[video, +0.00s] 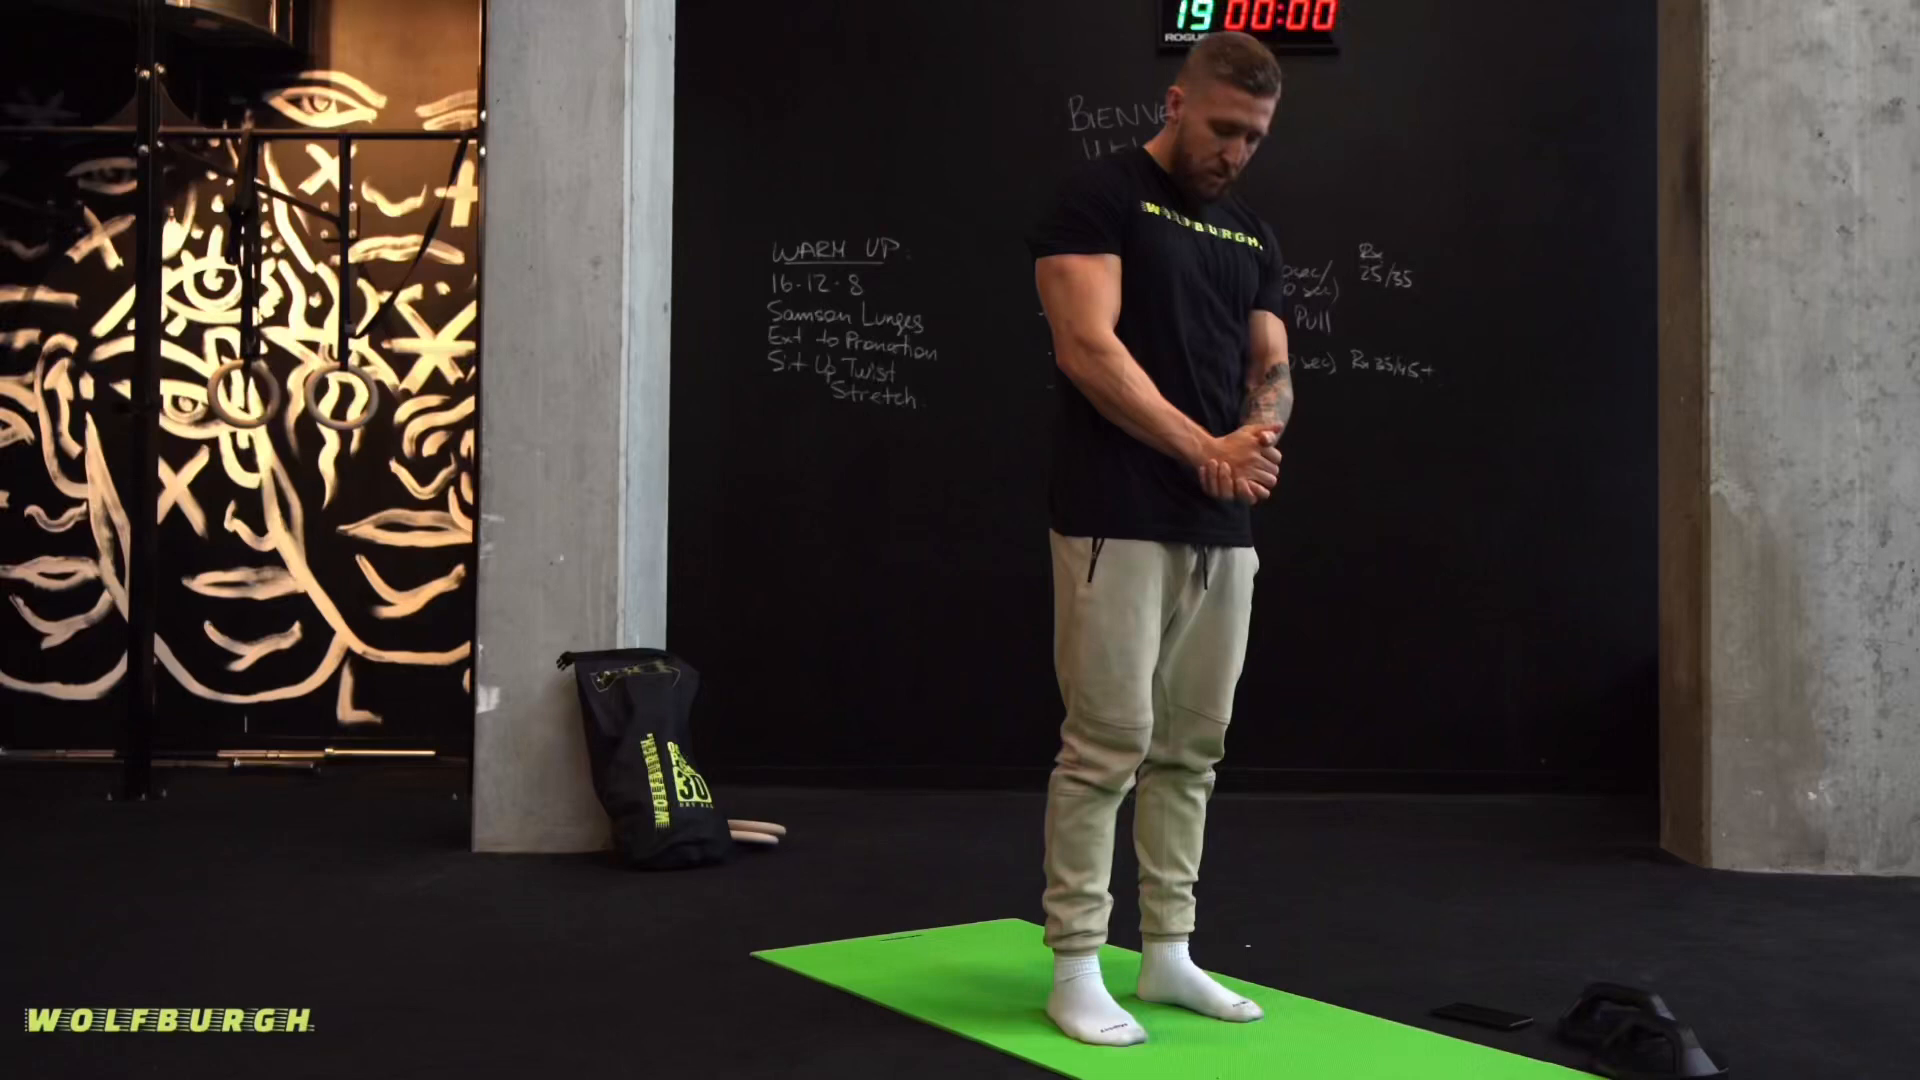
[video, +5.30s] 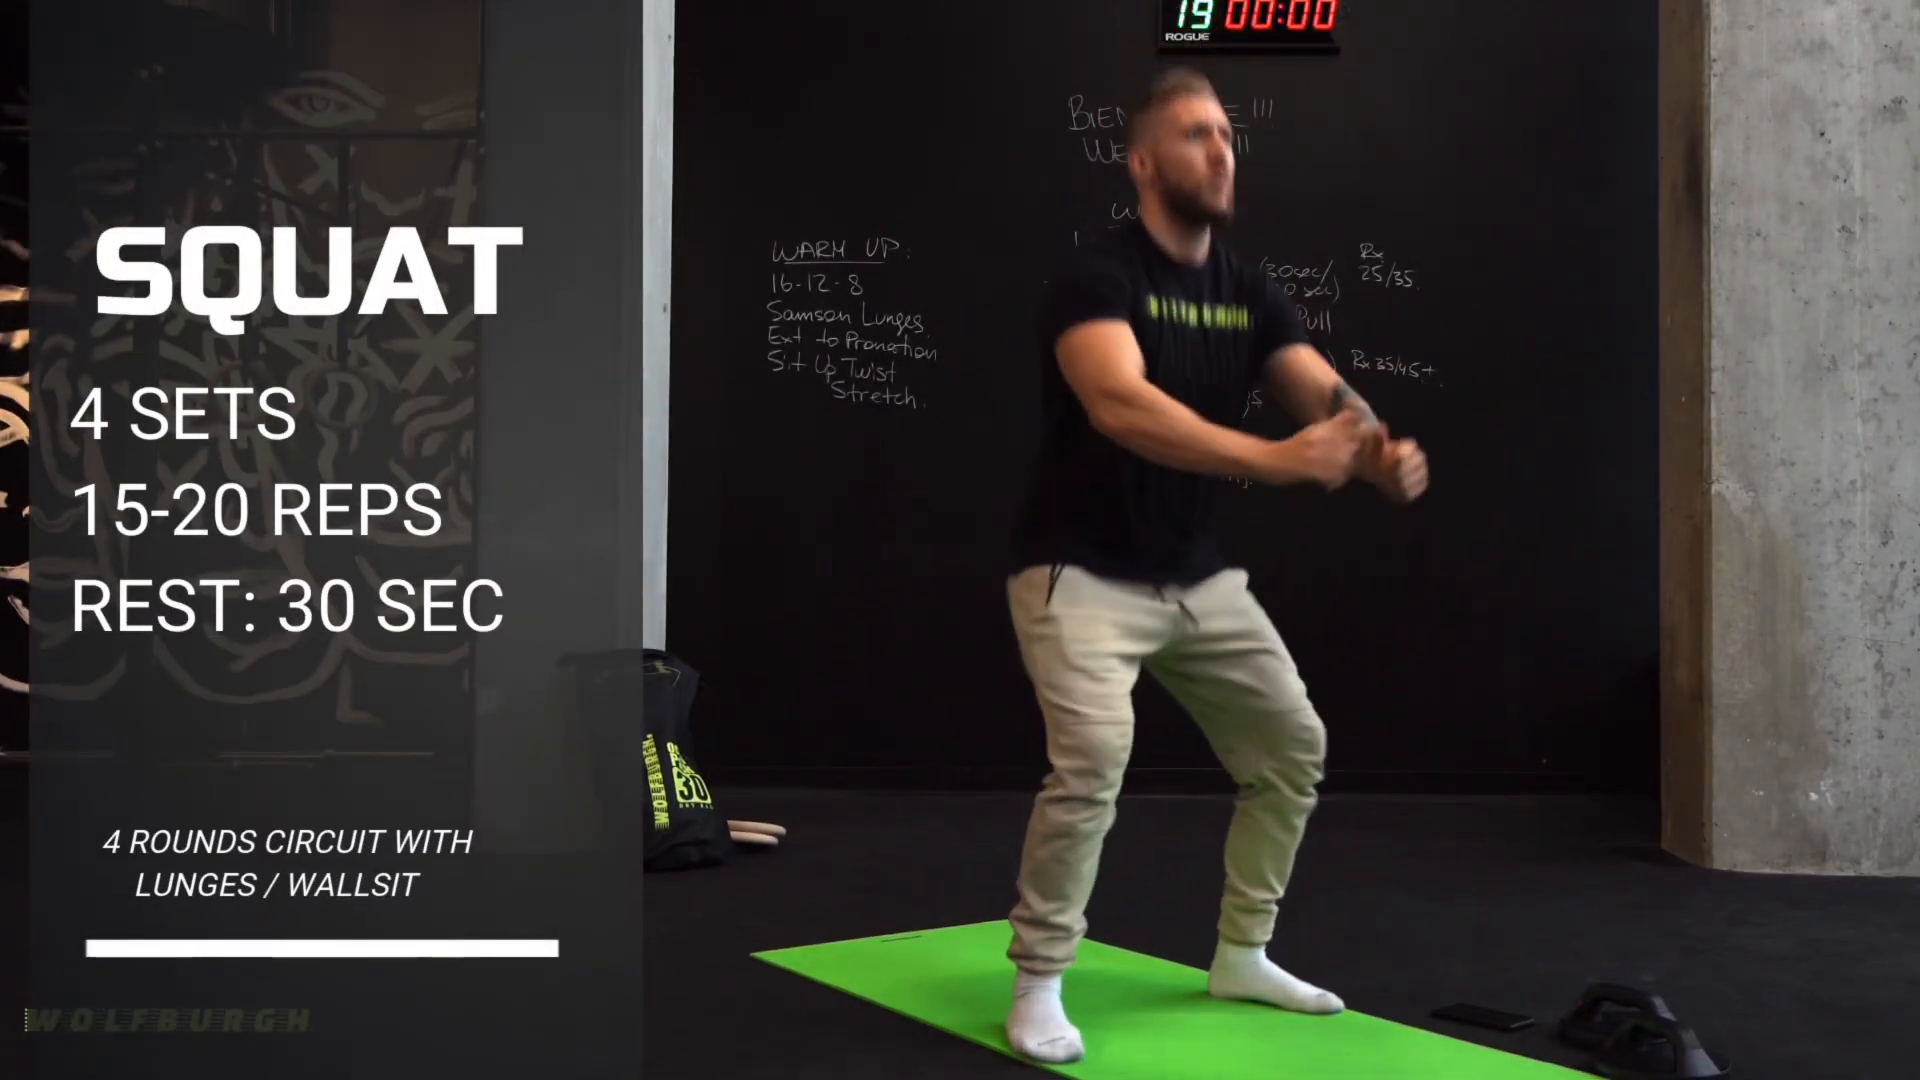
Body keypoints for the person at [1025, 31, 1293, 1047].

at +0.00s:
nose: (1235, 155)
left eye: (1251, 139)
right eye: (1221, 130)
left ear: (1264, 131)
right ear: (1173, 101)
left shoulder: (1248, 235)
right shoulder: (1096, 197)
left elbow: (1272, 369)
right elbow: (1086, 348)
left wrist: (1261, 431)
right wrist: (1202, 448)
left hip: (1219, 524)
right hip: (1115, 517)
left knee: (1190, 747)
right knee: (1106, 744)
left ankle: (1168, 960)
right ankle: (1076, 969)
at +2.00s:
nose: (1267, 170)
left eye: (1287, 154)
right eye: (1257, 145)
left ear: (1301, 146)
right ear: (1210, 111)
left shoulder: (1275, 240)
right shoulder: (1112, 200)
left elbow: (1301, 377)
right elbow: (1091, 349)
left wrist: (1277, 432)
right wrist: (1196, 441)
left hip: (1235, 538)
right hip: (1118, 530)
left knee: (1228, 750)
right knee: (1082, 750)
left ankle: (1228, 954)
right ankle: (1033, 975)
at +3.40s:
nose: (1214, 167)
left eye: (1220, 151)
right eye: (1189, 151)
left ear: (1227, 169)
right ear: (1135, 172)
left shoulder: (1238, 293)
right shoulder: (1086, 277)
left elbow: (1324, 368)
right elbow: (1148, 364)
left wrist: (1387, 366)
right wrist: (1314, 364)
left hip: (1180, 578)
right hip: (1066, 577)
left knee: (1286, 744)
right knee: (1088, 756)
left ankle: (1241, 955)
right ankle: (1036, 982)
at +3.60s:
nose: (1224, 319)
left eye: (1230, 303)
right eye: (1201, 303)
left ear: (1240, 320)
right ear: (1144, 325)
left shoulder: (1240, 426)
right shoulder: (1103, 413)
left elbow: (1368, 462)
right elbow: (1174, 454)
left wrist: (1403, 406)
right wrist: (1346, 386)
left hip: (1167, 667)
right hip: (1050, 668)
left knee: (1309, 750)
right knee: (1090, 760)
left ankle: (1243, 959)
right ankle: (1038, 988)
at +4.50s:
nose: (1212, 170)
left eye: (1217, 155)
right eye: (1188, 155)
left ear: (1224, 174)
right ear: (1132, 174)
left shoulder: (1239, 294)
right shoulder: (1087, 287)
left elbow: (1315, 407)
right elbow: (1113, 425)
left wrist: (1353, 485)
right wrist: (1257, 506)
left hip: (1207, 585)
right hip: (1087, 584)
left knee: (1297, 751)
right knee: (1114, 758)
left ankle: (1242, 959)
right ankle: (1043, 984)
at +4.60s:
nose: (1206, 113)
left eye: (1211, 98)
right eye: (1181, 99)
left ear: (1220, 119)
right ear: (1127, 122)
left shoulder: (1236, 250)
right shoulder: (1082, 234)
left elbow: (1296, 384)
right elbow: (1072, 391)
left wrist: (1324, 493)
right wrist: (1174, 515)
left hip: (1210, 555)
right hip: (1093, 554)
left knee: (1278, 746)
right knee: (1107, 754)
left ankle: (1242, 958)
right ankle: (1041, 982)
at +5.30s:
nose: (1221, 152)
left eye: (1226, 136)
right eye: (1196, 136)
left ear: (1232, 155)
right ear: (1141, 160)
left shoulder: (1245, 288)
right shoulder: (1092, 274)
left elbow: (1323, 393)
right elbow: (1120, 405)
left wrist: (1379, 454)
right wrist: (1276, 458)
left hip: (1198, 577)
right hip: (1080, 573)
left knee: (1291, 750)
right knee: (1092, 760)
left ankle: (1241, 958)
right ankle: (1039, 982)